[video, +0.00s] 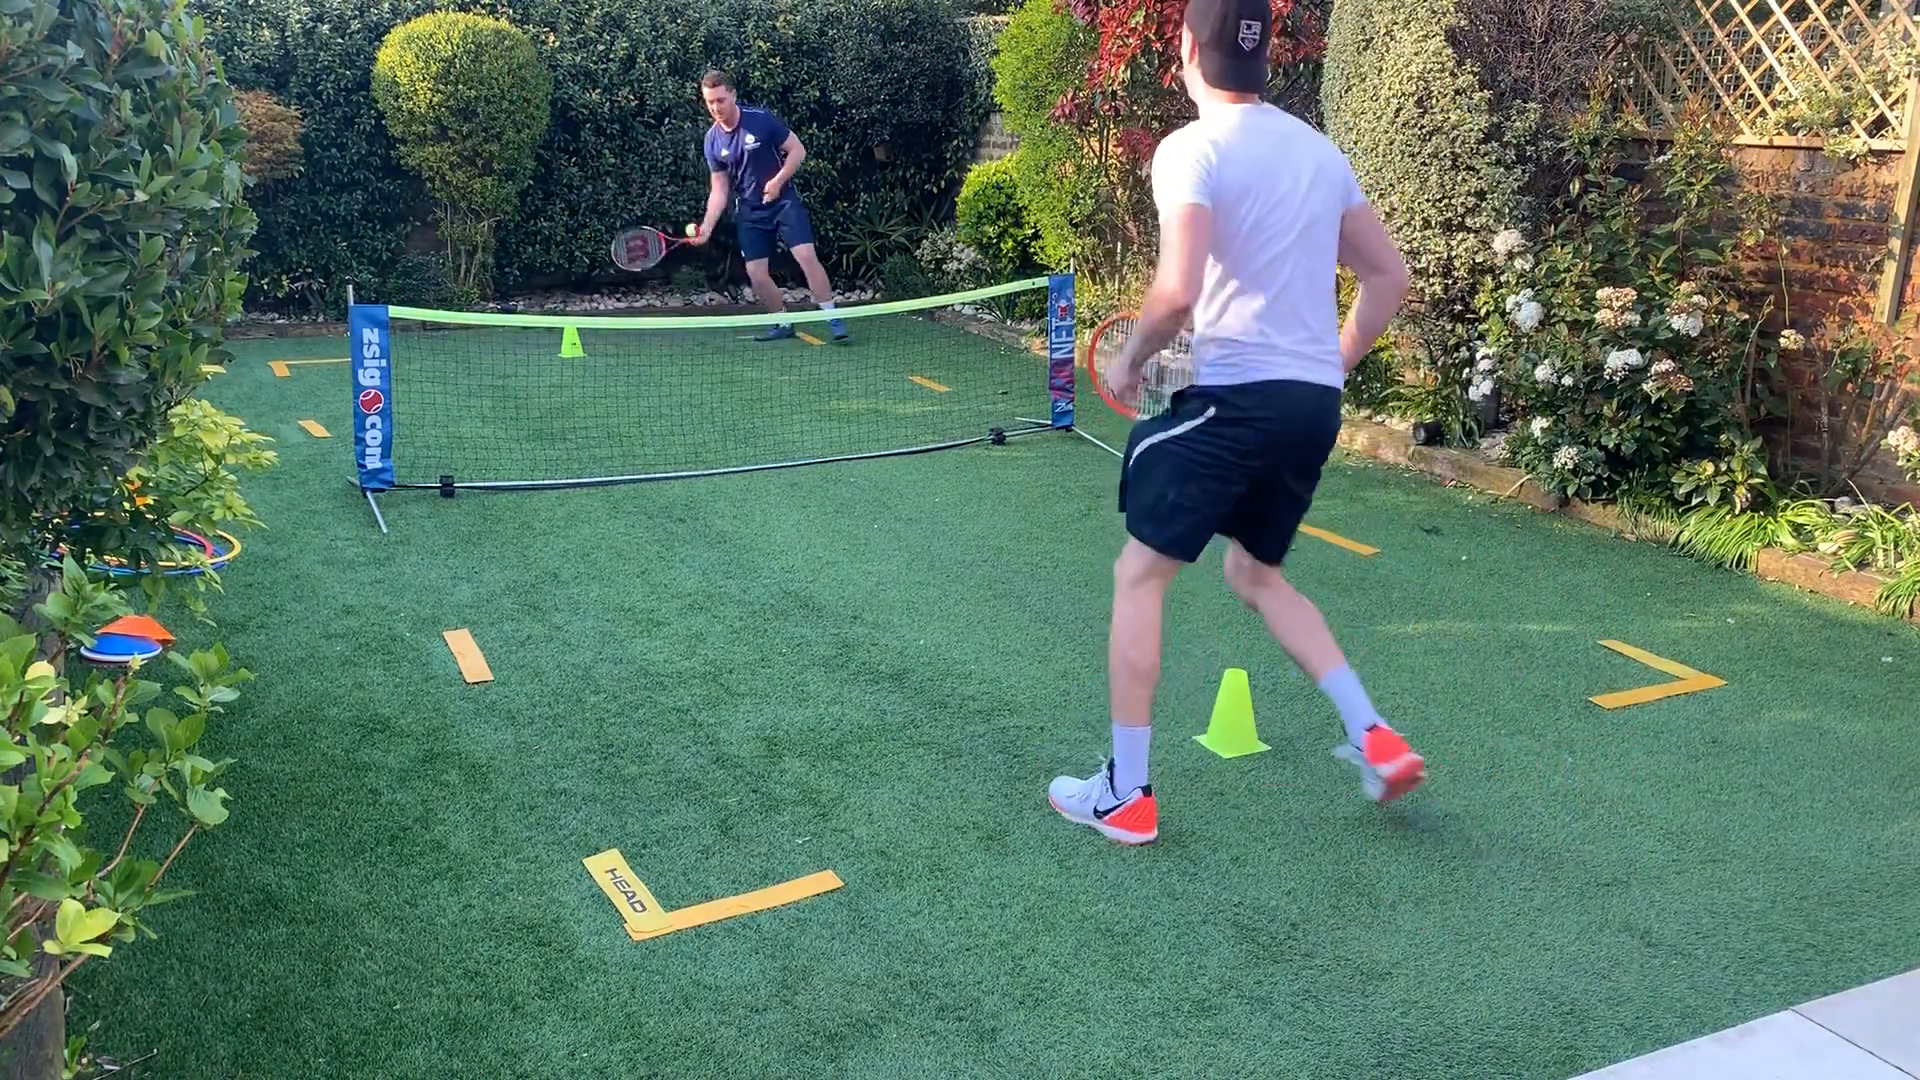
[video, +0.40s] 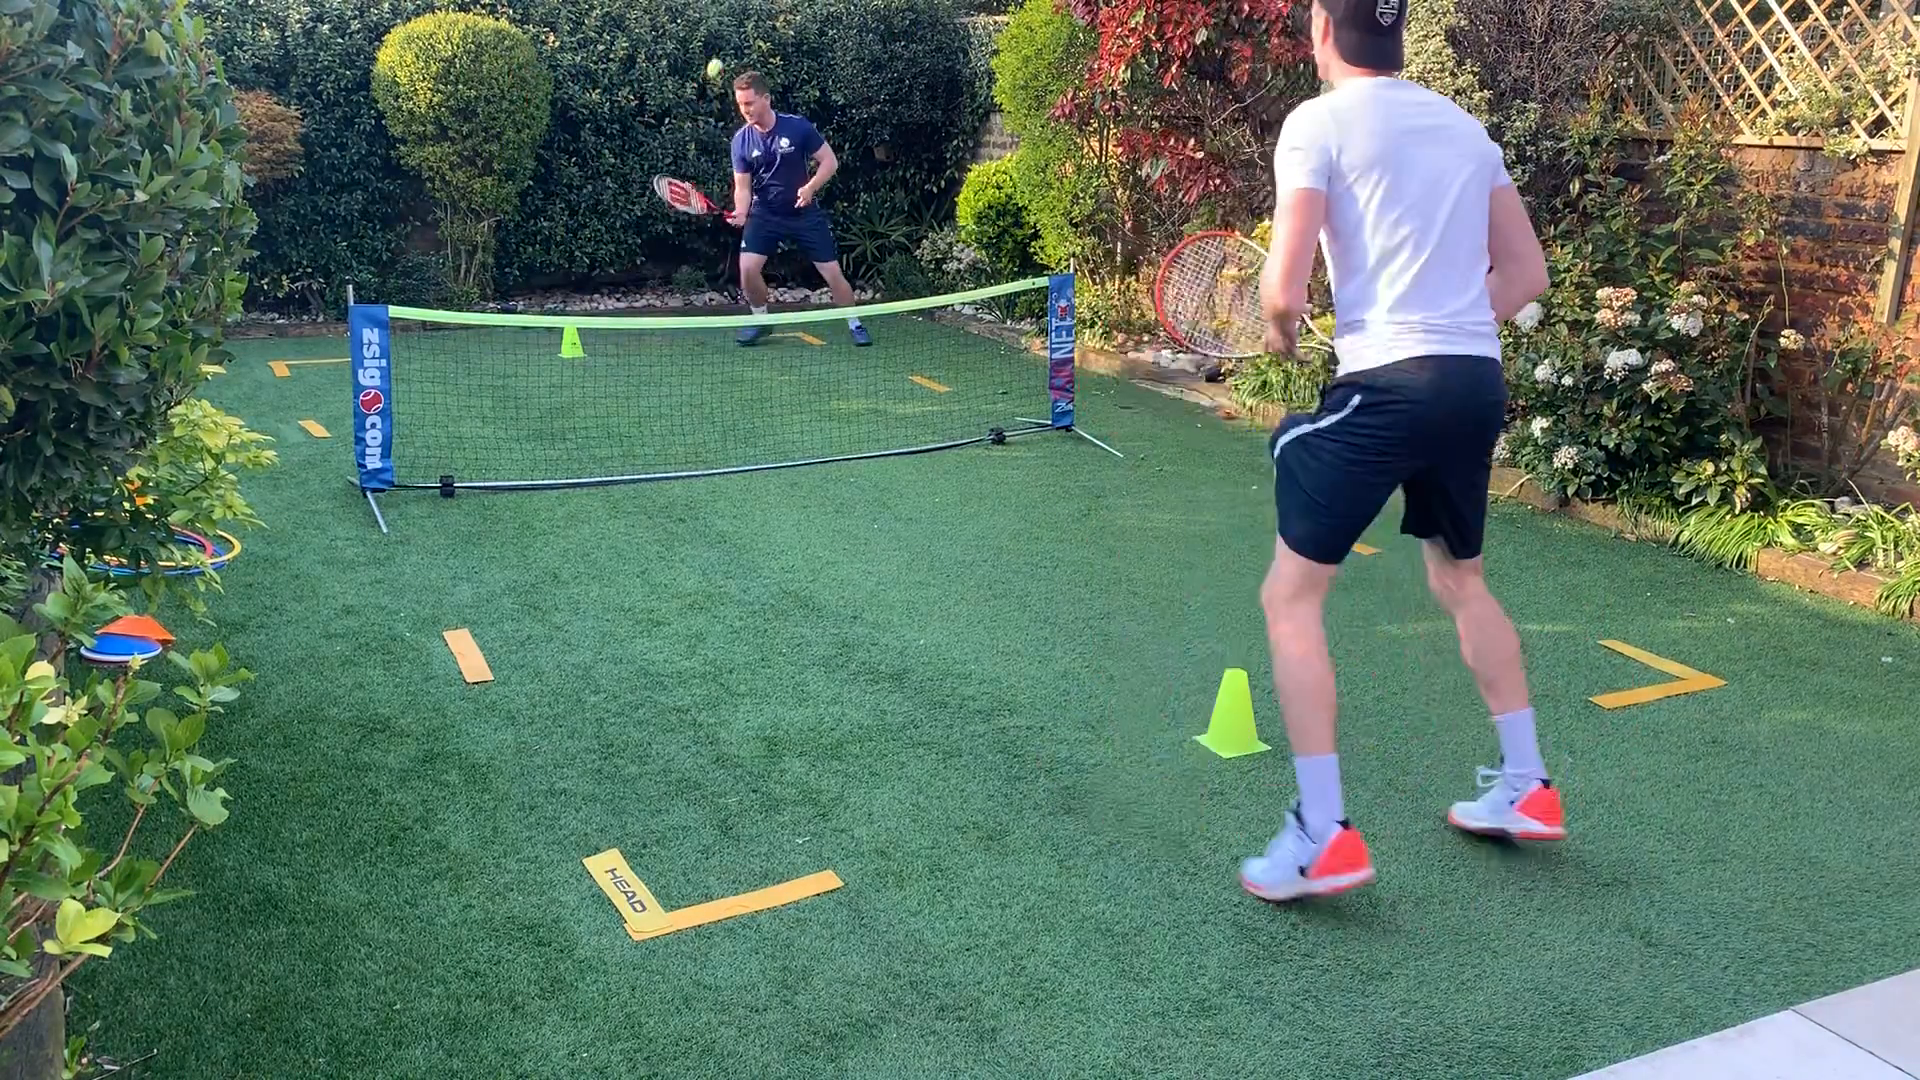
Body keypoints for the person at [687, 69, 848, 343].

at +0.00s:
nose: (715, 108)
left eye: (720, 100)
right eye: (709, 102)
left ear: (733, 95)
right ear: (704, 103)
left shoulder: (761, 121)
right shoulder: (712, 142)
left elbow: (798, 150)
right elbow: (719, 190)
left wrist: (778, 181)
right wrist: (706, 227)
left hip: (784, 204)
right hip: (750, 213)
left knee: (806, 257)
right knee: (756, 273)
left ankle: (832, 317)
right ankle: (782, 323)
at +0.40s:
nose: (745, 110)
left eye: (749, 103)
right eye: (740, 104)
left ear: (766, 98)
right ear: (737, 104)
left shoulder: (798, 127)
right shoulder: (740, 141)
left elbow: (830, 162)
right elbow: (742, 186)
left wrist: (810, 187)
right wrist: (741, 212)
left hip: (804, 212)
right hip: (764, 214)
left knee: (831, 271)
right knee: (748, 268)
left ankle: (855, 324)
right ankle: (760, 319)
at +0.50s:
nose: (736, 125)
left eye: (741, 118)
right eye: (732, 119)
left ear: (757, 112)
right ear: (729, 119)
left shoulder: (790, 143)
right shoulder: (735, 156)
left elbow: (823, 176)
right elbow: (732, 196)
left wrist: (795, 192)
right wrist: (728, 221)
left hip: (799, 224)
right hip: (759, 224)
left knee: (832, 284)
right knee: (728, 261)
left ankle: (855, 324)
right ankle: (723, 328)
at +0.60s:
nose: (712, 124)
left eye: (717, 116)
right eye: (707, 118)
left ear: (733, 112)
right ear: (703, 119)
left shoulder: (762, 143)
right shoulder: (708, 159)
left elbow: (797, 173)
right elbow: (705, 198)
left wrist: (766, 187)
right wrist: (699, 222)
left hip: (777, 229)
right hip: (739, 230)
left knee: (814, 281)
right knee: (704, 264)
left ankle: (852, 324)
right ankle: (710, 335)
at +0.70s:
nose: (686, 115)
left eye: (692, 107)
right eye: (680, 109)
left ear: (704, 107)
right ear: (674, 112)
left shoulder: (727, 136)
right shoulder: (673, 153)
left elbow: (765, 167)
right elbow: (663, 192)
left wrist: (734, 184)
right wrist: (657, 216)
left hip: (746, 228)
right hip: (709, 230)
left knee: (786, 285)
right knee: (685, 274)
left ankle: (833, 318)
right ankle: (705, 344)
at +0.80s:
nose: (665, 97)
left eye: (670, 90)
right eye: (658, 92)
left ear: (681, 91)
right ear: (649, 96)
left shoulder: (703, 125)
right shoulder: (641, 136)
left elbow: (739, 156)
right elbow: (623, 175)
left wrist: (709, 169)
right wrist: (618, 190)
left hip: (714, 218)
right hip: (677, 221)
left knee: (733, 280)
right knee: (670, 283)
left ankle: (773, 327)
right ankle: (704, 343)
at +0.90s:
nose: (647, 82)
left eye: (652, 75)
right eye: (640, 76)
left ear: (661, 76)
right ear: (629, 78)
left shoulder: (678, 111)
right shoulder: (616, 116)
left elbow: (712, 149)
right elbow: (597, 150)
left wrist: (682, 158)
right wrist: (591, 171)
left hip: (676, 202)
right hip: (639, 204)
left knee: (681, 273)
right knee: (641, 272)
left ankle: (690, 339)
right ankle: (688, 315)